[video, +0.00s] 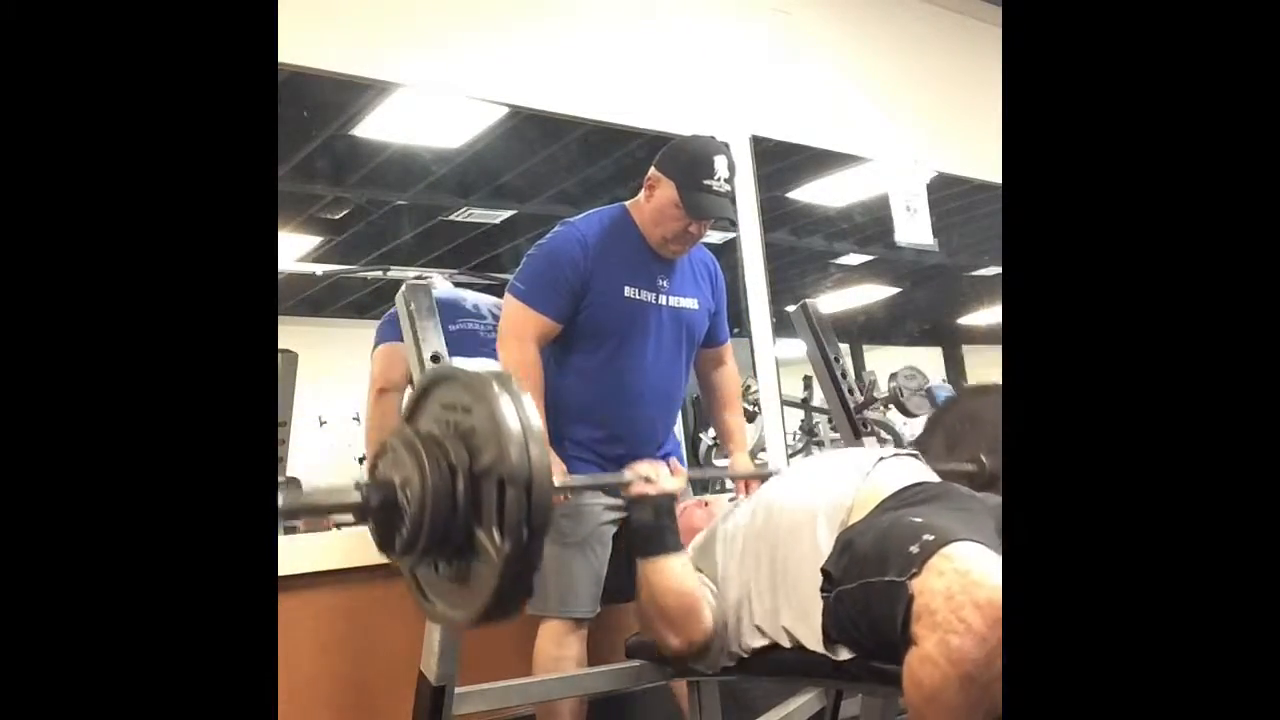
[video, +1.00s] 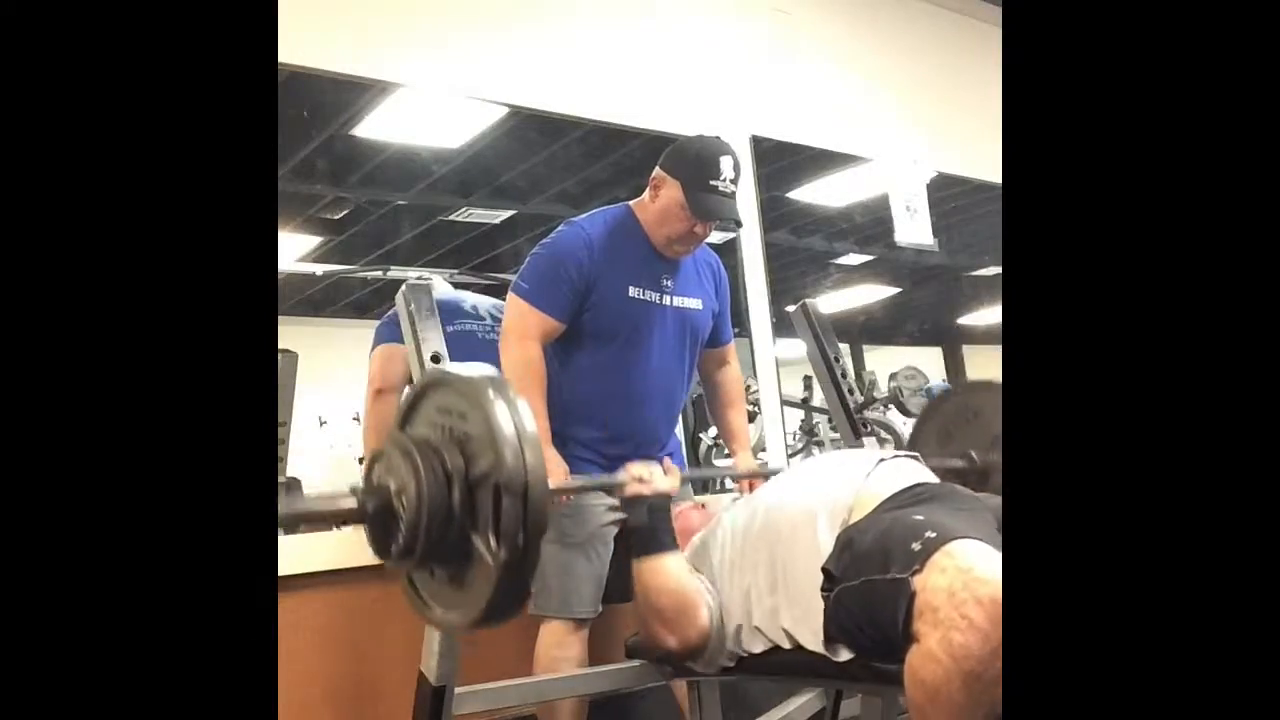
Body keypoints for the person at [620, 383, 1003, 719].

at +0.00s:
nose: (694, 500)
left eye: (694, 496)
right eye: (679, 508)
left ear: (713, 498)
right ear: (674, 540)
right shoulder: (694, 573)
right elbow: (682, 639)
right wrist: (650, 514)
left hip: (946, 491)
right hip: (873, 525)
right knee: (980, 612)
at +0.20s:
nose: (693, 493)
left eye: (691, 490)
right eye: (679, 500)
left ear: (710, 495)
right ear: (680, 538)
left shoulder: (772, 500)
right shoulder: (702, 577)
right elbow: (686, 660)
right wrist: (660, 534)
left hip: (956, 490)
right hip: (875, 524)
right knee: (981, 601)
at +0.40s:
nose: (685, 512)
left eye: (685, 508)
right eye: (675, 523)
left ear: (702, 506)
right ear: (672, 543)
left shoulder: (766, 500)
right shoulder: (701, 596)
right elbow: (667, 610)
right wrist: (644, 488)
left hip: (944, 495)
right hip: (868, 532)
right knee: (978, 601)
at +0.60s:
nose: (681, 511)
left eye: (678, 505)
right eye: (666, 517)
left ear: (693, 504)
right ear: (651, 550)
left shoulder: (772, 510)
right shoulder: (687, 595)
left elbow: (894, 483)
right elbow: (652, 545)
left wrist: (874, 428)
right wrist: (630, 423)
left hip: (943, 496)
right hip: (861, 532)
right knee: (978, 603)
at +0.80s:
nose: (679, 506)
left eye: (676, 501)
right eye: (660, 514)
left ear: (693, 502)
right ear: (649, 555)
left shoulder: (766, 505)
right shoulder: (690, 603)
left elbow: (898, 488)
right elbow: (656, 551)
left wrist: (879, 434)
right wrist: (632, 442)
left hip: (945, 498)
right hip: (862, 533)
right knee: (974, 588)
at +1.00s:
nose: (688, 502)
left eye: (690, 497)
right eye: (674, 506)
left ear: (708, 503)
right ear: (667, 540)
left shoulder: (755, 510)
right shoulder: (691, 580)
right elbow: (675, 635)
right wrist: (645, 512)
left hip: (941, 492)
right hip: (866, 531)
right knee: (979, 601)